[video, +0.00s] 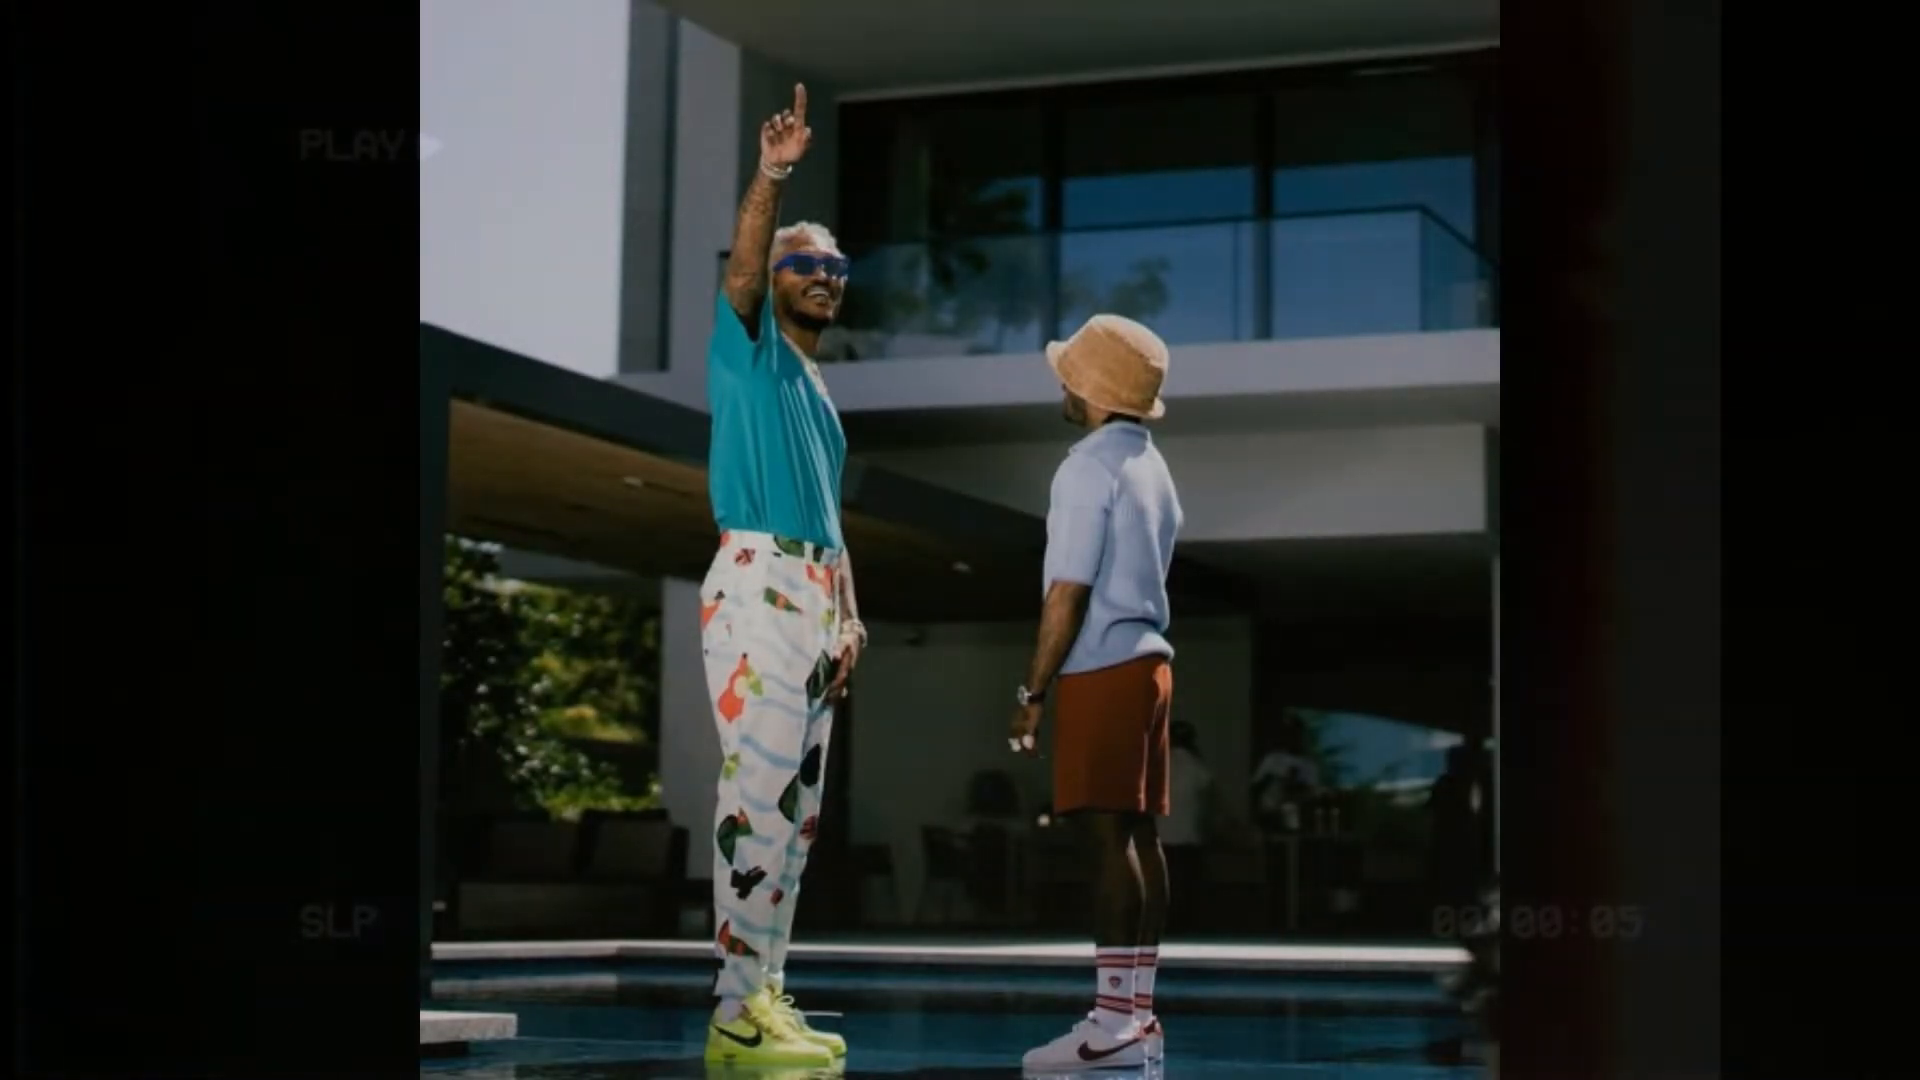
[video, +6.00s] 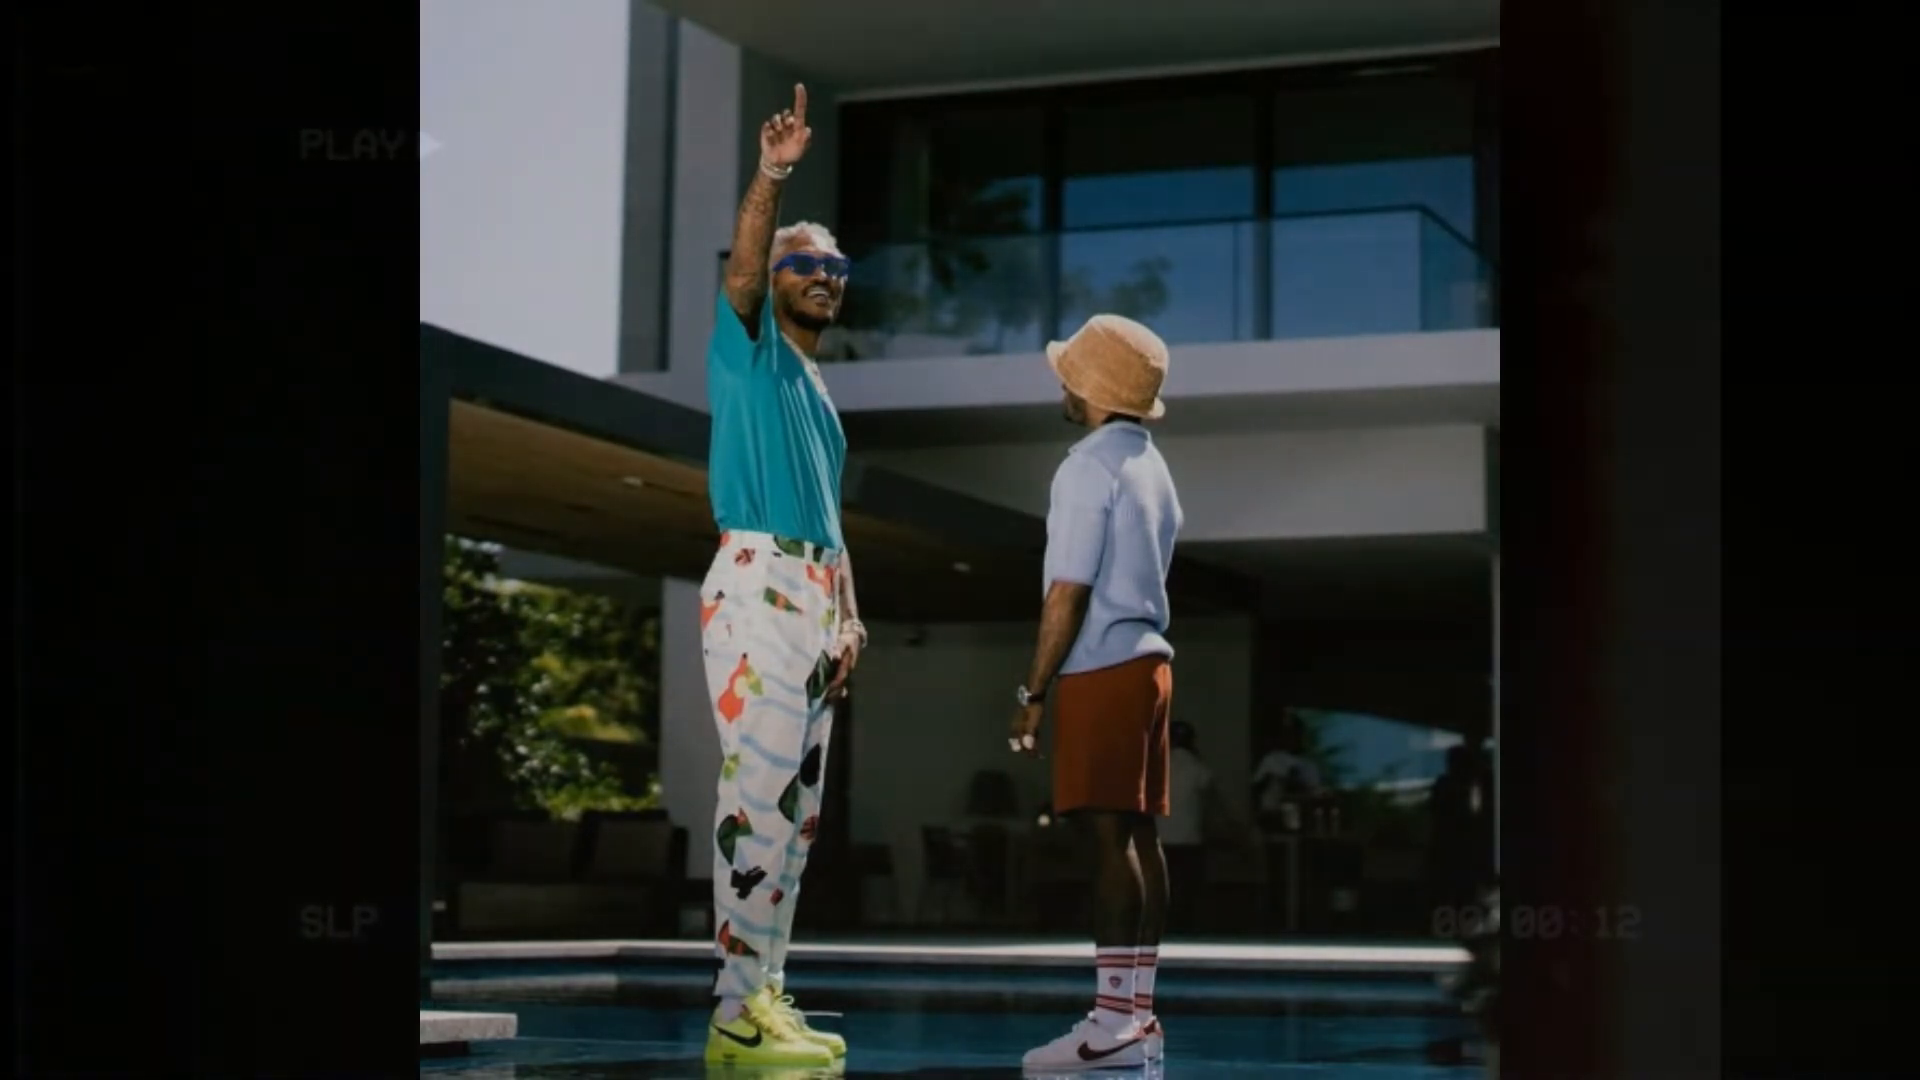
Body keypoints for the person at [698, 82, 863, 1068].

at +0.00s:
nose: (823, 282)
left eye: (834, 273)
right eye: (805, 268)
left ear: (842, 292)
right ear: (770, 279)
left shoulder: (819, 396)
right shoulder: (744, 344)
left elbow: (827, 521)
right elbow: (744, 268)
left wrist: (847, 613)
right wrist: (770, 173)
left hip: (814, 590)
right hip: (756, 581)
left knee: (794, 797)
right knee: (758, 791)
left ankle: (758, 1003)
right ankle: (746, 1006)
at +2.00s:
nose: (823, 283)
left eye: (834, 274)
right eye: (806, 268)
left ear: (841, 293)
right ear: (770, 278)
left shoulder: (818, 394)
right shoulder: (744, 343)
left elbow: (827, 519)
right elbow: (744, 267)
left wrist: (847, 611)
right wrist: (770, 173)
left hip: (813, 589)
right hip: (755, 581)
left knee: (794, 798)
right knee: (759, 791)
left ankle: (759, 1001)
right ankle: (745, 1005)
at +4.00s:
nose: (823, 282)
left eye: (834, 273)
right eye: (806, 268)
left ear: (842, 293)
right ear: (770, 278)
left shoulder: (819, 395)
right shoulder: (744, 344)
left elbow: (828, 520)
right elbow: (744, 266)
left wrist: (847, 612)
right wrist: (770, 173)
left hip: (814, 590)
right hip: (756, 582)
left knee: (794, 798)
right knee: (759, 791)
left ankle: (758, 1002)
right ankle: (746, 1004)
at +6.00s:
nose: (823, 283)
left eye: (834, 274)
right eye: (806, 268)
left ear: (841, 293)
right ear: (770, 278)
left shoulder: (818, 395)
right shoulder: (744, 343)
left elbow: (827, 520)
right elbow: (743, 269)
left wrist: (846, 613)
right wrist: (770, 174)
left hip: (814, 590)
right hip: (756, 582)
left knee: (794, 796)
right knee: (758, 789)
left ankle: (758, 1001)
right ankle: (748, 1001)